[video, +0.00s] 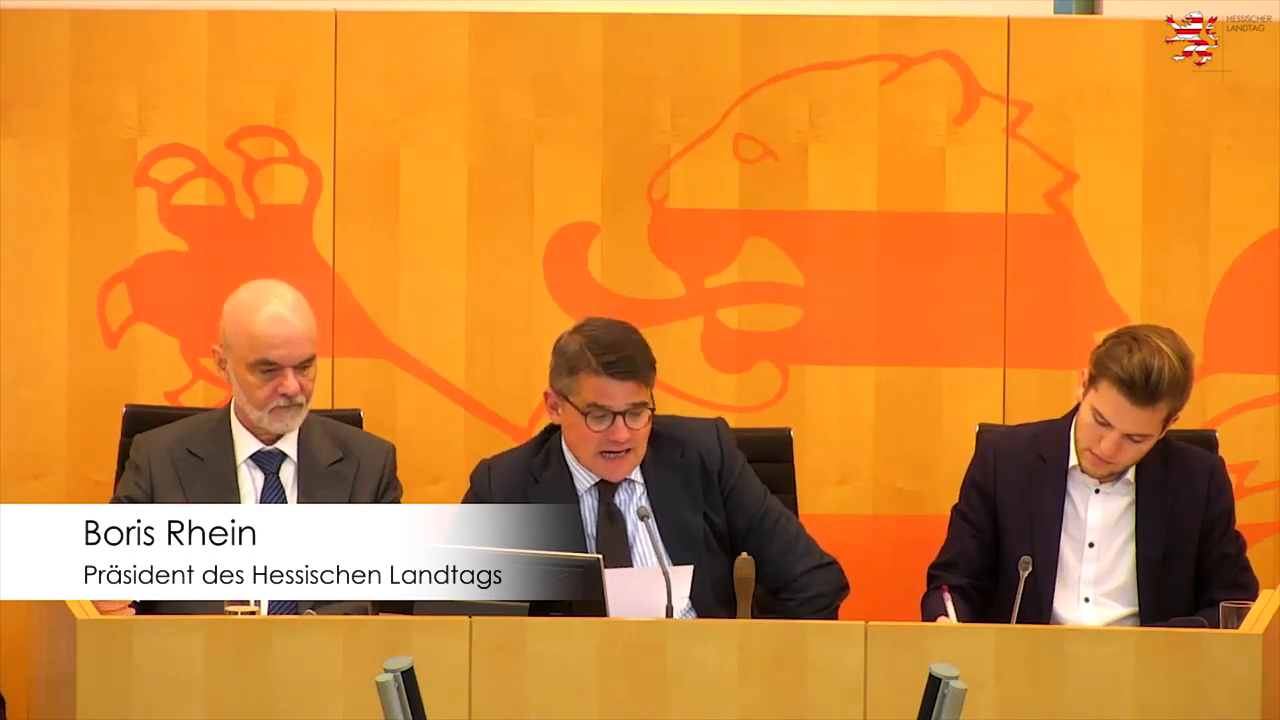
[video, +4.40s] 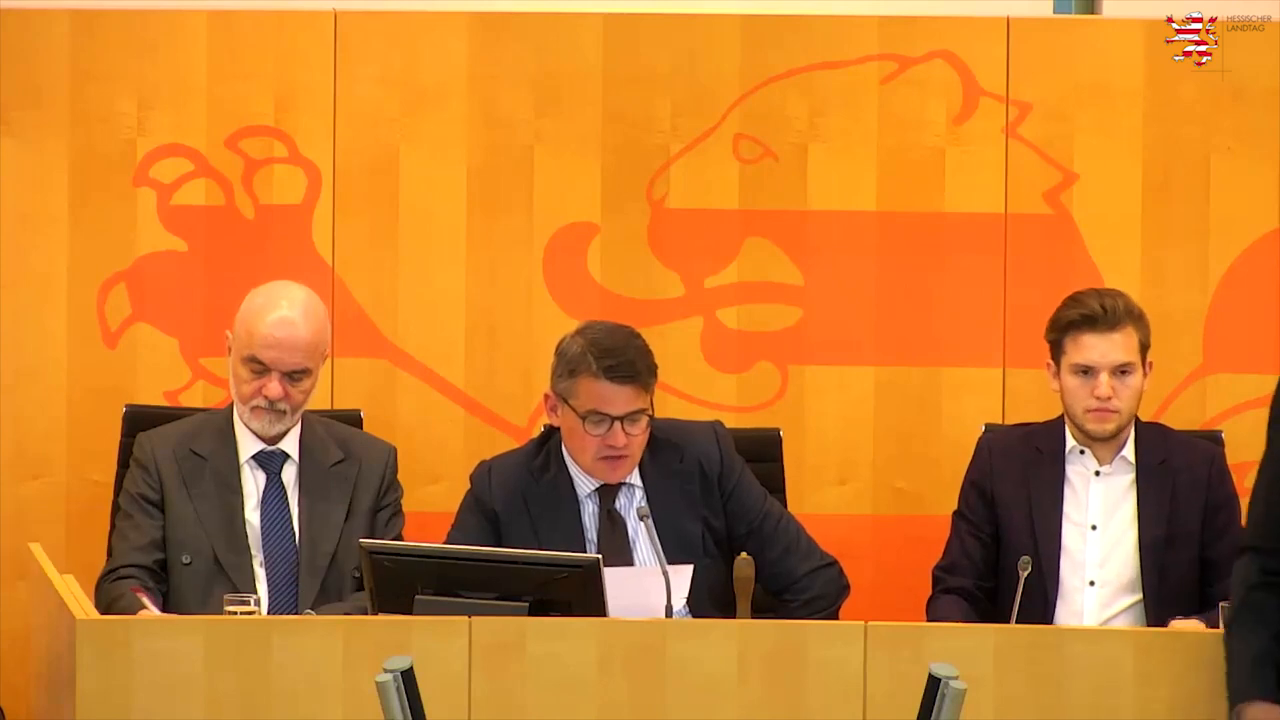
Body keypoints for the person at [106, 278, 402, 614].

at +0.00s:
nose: (292, 389)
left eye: (304, 367)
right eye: (267, 370)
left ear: (317, 357)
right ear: (222, 364)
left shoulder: (371, 461)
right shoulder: (155, 458)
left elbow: (391, 589)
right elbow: (113, 568)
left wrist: (308, 636)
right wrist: (109, 599)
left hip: (327, 666)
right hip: (191, 665)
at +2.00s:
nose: (271, 388)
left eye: (294, 371)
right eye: (254, 363)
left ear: (321, 363)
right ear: (228, 349)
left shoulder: (372, 464)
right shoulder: (159, 456)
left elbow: (384, 589)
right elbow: (118, 575)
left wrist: (312, 635)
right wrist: (148, 620)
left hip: (325, 666)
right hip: (196, 661)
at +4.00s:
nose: (274, 392)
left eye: (296, 376)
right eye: (257, 369)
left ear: (322, 362)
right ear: (229, 349)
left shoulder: (372, 464)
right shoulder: (160, 456)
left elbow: (391, 594)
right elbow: (125, 577)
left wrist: (315, 629)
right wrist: (147, 621)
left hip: (331, 676)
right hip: (198, 671)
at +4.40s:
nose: (274, 392)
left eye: (296, 376)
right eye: (257, 368)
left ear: (322, 362)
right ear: (229, 349)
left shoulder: (372, 464)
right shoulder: (160, 456)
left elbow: (391, 594)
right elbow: (125, 578)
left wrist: (316, 629)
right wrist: (146, 620)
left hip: (331, 675)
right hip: (199, 670)